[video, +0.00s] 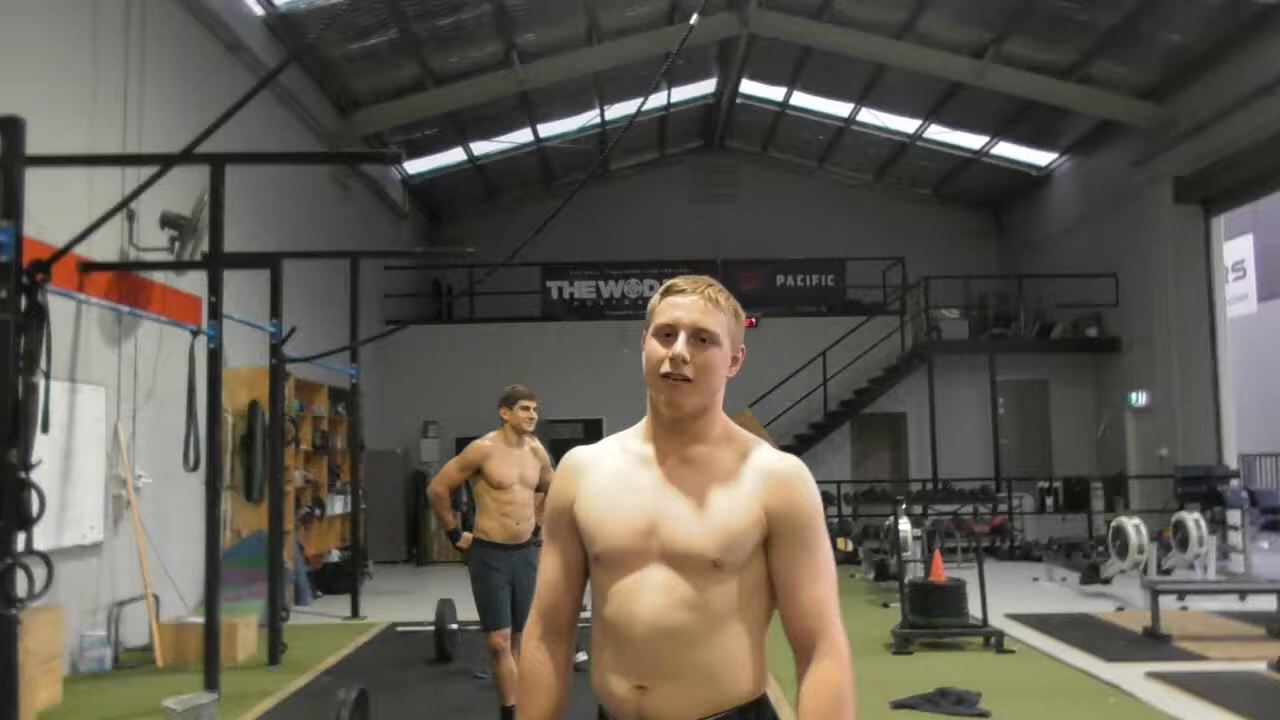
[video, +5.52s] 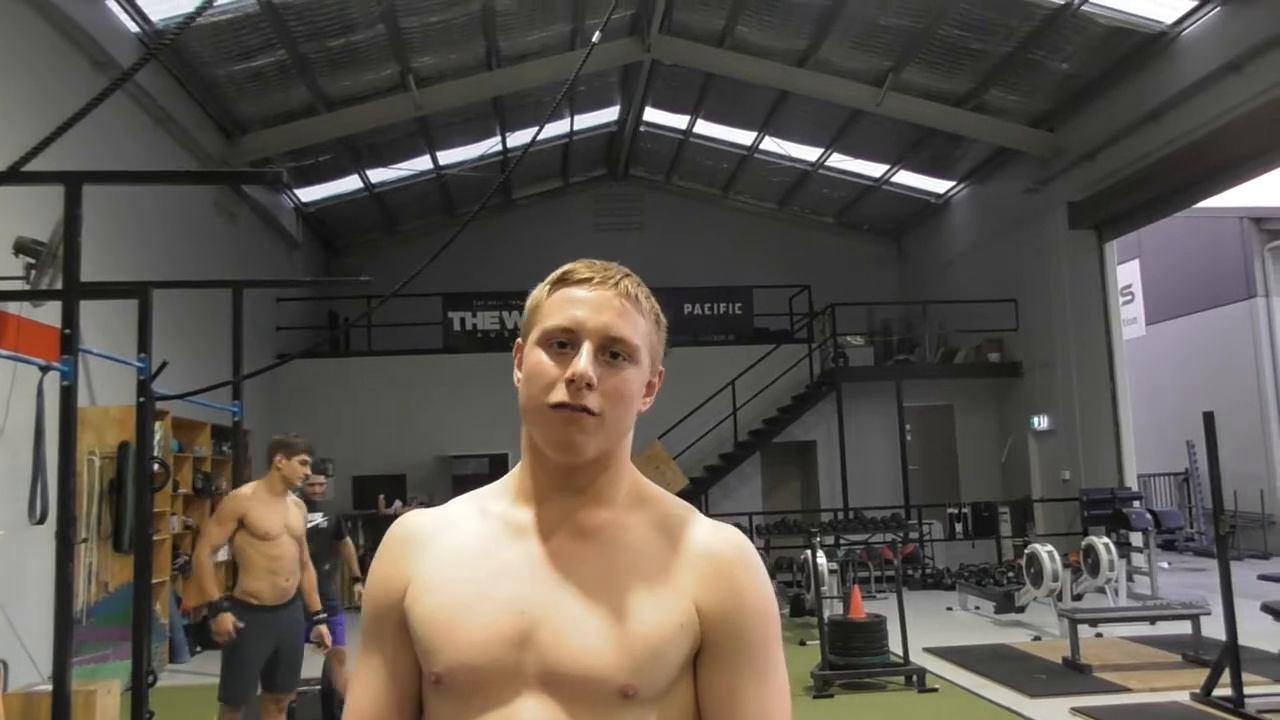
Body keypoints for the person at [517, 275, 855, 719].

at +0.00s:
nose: (678, 353)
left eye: (702, 339)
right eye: (666, 335)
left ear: (734, 361)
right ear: (644, 345)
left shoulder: (779, 480)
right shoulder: (582, 471)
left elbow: (821, 650)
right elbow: (547, 638)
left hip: (736, 710)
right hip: (616, 712)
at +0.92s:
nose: (639, 303)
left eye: (665, 290)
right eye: (623, 283)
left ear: (695, 317)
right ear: (593, 298)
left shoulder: (743, 454)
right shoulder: (516, 440)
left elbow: (785, 650)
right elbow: (473, 625)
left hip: (692, 710)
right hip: (551, 712)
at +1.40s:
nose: (587, 281)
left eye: (613, 262)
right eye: (568, 261)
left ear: (653, 286)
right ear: (540, 281)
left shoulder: (719, 440)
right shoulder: (469, 436)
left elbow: (753, 654)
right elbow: (428, 642)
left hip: (662, 709)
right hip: (508, 710)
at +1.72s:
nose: (512, 292)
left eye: (537, 269)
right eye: (488, 272)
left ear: (580, 290)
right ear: (462, 297)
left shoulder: (662, 450)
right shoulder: (400, 459)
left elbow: (712, 668)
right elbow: (357, 673)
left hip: (605, 713)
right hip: (449, 714)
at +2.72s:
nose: (574, 301)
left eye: (607, 285)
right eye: (554, 274)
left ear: (648, 319)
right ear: (519, 295)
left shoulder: (716, 481)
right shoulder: (431, 472)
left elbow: (770, 709)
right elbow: (375, 700)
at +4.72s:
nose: (590, 358)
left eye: (625, 339)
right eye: (571, 327)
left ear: (659, 374)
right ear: (532, 343)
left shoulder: (726, 541)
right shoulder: (427, 526)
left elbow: (768, 711)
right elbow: (382, 712)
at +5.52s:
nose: (580, 373)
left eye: (614, 354)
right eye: (559, 345)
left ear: (649, 389)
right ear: (519, 364)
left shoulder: (718, 565)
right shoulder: (415, 547)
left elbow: (760, 709)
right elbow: (369, 711)